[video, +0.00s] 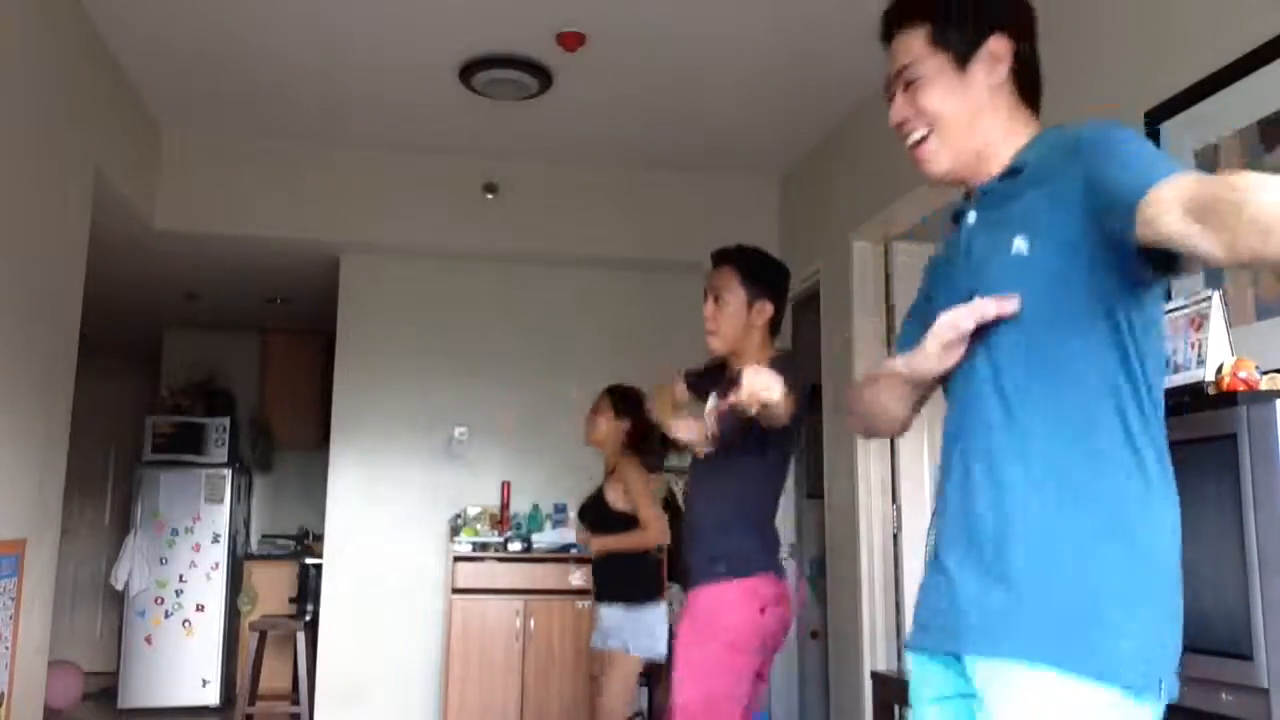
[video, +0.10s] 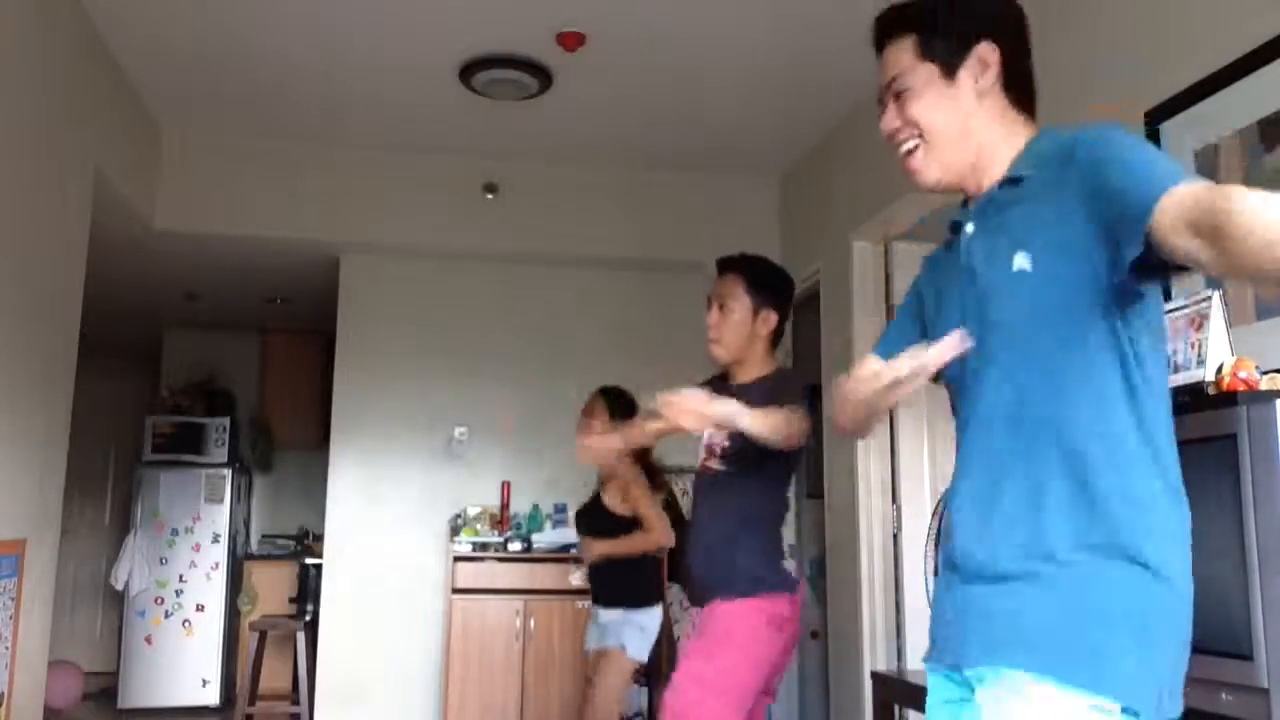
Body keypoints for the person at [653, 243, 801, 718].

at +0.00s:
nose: (706, 312)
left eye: (719, 299)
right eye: (706, 299)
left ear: (763, 312)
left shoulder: (781, 376)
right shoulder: (718, 376)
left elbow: (781, 409)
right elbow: (667, 399)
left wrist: (763, 399)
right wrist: (680, 424)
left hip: (735, 588)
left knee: (697, 709)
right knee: (737, 710)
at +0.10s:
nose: (710, 320)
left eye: (724, 307)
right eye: (710, 307)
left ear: (767, 321)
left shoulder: (789, 388)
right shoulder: (720, 391)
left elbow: (791, 432)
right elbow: (666, 423)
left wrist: (715, 411)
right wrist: (614, 441)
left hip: (753, 602)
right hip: (715, 598)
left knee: (686, 710)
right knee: (745, 713)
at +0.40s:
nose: (716, 323)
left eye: (730, 308)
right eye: (718, 309)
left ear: (776, 322)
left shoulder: (811, 393)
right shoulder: (723, 402)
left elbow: (789, 418)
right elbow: (664, 442)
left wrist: (717, 419)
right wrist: (628, 458)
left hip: (787, 632)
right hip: (704, 627)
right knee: (676, 712)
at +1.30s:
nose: (706, 342)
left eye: (716, 326)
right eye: (707, 327)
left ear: (761, 326)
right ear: (758, 328)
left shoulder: (807, 402)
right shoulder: (729, 408)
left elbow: (772, 452)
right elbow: (687, 453)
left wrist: (699, 431)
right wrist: (651, 478)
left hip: (767, 636)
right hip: (693, 624)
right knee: (658, 712)